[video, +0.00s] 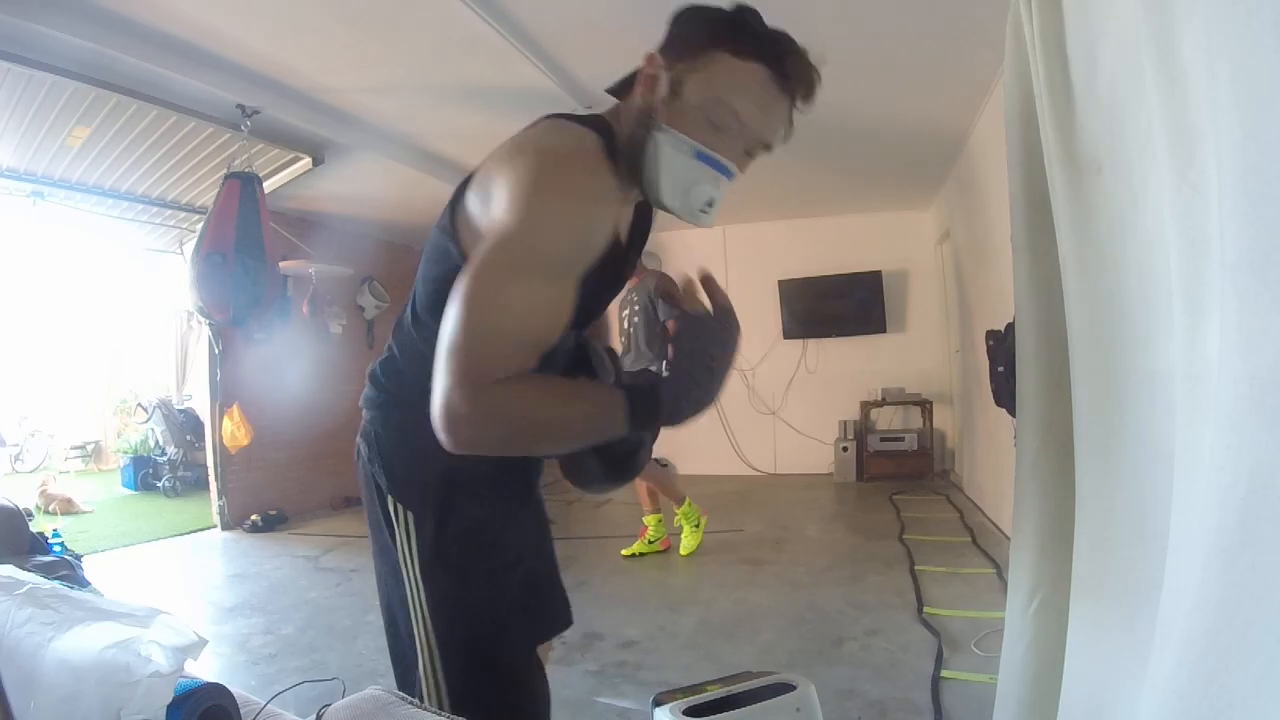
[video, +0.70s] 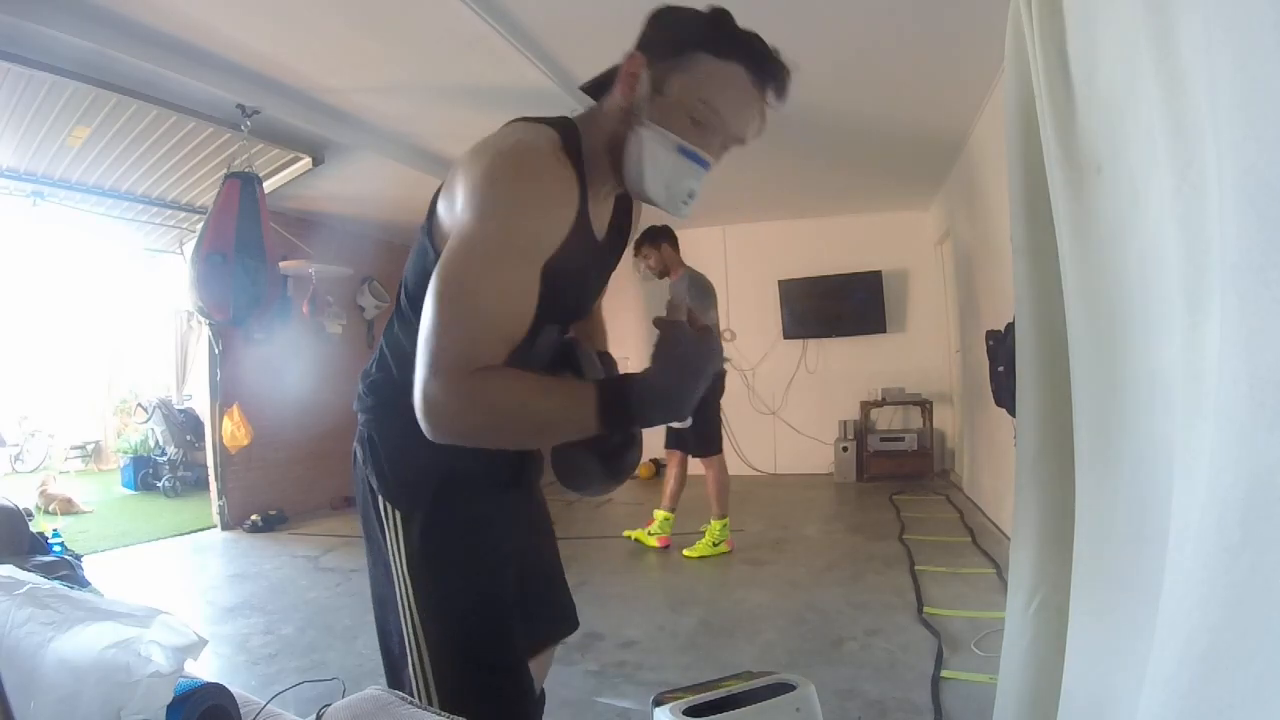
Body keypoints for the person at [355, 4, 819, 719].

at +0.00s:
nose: (726, 164)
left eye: (751, 150)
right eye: (718, 126)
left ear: (764, 154)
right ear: (651, 79)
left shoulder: (627, 184)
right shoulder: (559, 176)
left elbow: (565, 339)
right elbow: (466, 415)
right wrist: (655, 400)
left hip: (499, 449)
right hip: (436, 459)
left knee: (526, 645)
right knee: (494, 701)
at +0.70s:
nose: (703, 161)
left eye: (725, 146)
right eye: (696, 124)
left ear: (738, 147)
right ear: (630, 80)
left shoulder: (618, 196)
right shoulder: (521, 169)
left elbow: (581, 311)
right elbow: (447, 404)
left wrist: (604, 414)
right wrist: (644, 397)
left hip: (502, 441)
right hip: (425, 449)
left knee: (537, 639)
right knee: (487, 699)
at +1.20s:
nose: (666, 91)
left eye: (698, 79)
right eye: (649, 49)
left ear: (712, 95)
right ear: (591, 38)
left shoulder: (627, 185)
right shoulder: (488, 149)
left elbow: (600, 295)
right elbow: (414, 407)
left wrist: (615, 401)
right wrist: (612, 406)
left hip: (510, 443)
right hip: (424, 454)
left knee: (527, 651)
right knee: (467, 700)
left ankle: (519, 706)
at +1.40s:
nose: (637, 105)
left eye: (679, 85)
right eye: (617, 57)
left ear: (709, 95)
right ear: (564, 38)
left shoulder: (648, 196)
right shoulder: (464, 164)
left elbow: (628, 300)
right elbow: (387, 429)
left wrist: (632, 386)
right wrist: (572, 457)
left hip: (525, 457)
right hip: (427, 465)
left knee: (532, 664)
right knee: (468, 702)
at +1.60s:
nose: (622, 102)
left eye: (667, 80)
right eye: (600, 53)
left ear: (707, 84)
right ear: (553, 34)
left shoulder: (656, 194)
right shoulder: (453, 171)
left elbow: (640, 302)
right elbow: (368, 421)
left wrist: (641, 385)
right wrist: (547, 472)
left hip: (535, 456)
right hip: (431, 469)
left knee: (529, 678)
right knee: (472, 703)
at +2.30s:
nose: (620, 86)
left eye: (667, 61)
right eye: (596, 36)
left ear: (701, 73)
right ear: (546, 23)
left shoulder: (669, 186)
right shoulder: (440, 171)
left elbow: (660, 303)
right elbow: (387, 399)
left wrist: (660, 417)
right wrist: (442, 468)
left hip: (552, 448)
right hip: (434, 453)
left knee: (528, 683)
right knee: (473, 704)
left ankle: (516, 707)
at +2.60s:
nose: (702, 110)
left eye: (729, 80)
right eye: (677, 68)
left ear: (746, 67)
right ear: (574, 37)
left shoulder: (665, 188)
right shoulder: (443, 164)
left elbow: (655, 302)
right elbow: (380, 442)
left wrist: (657, 408)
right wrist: (431, 400)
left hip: (539, 451)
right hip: (435, 461)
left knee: (524, 679)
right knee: (466, 698)